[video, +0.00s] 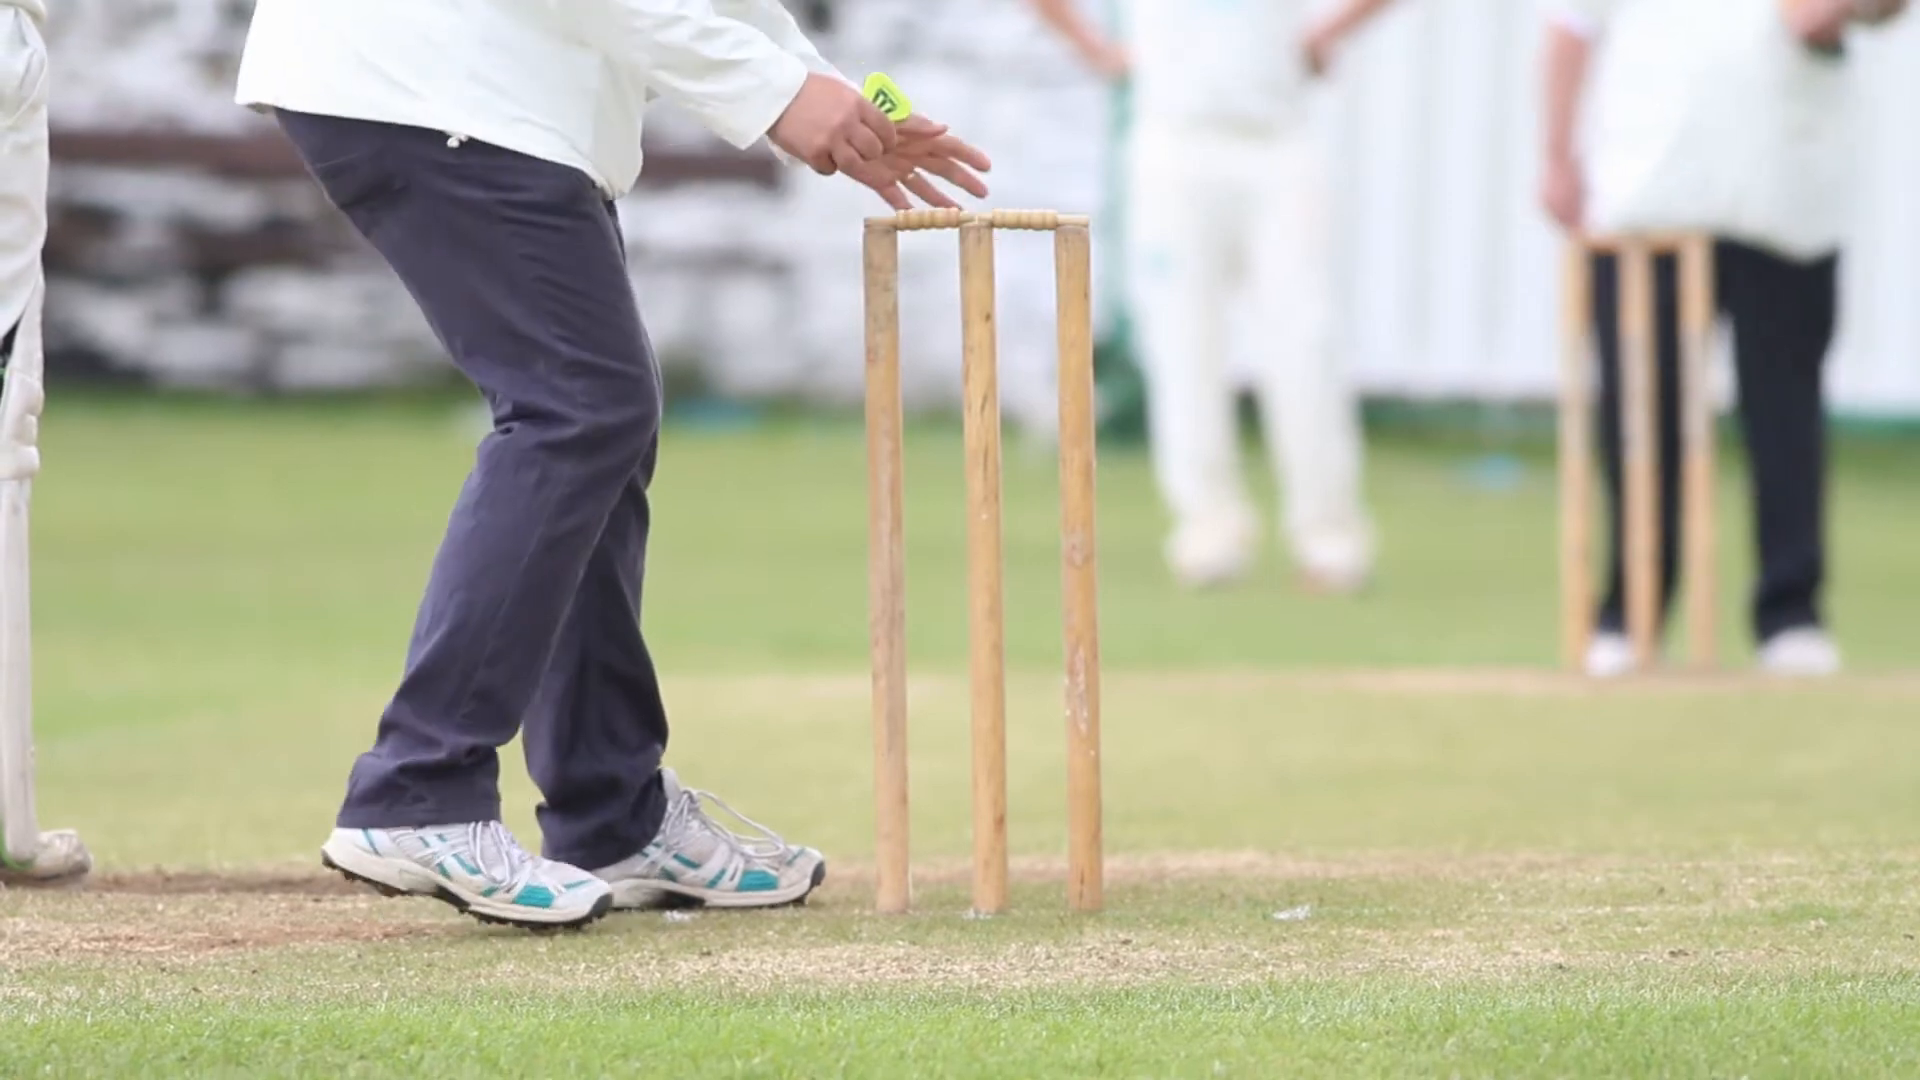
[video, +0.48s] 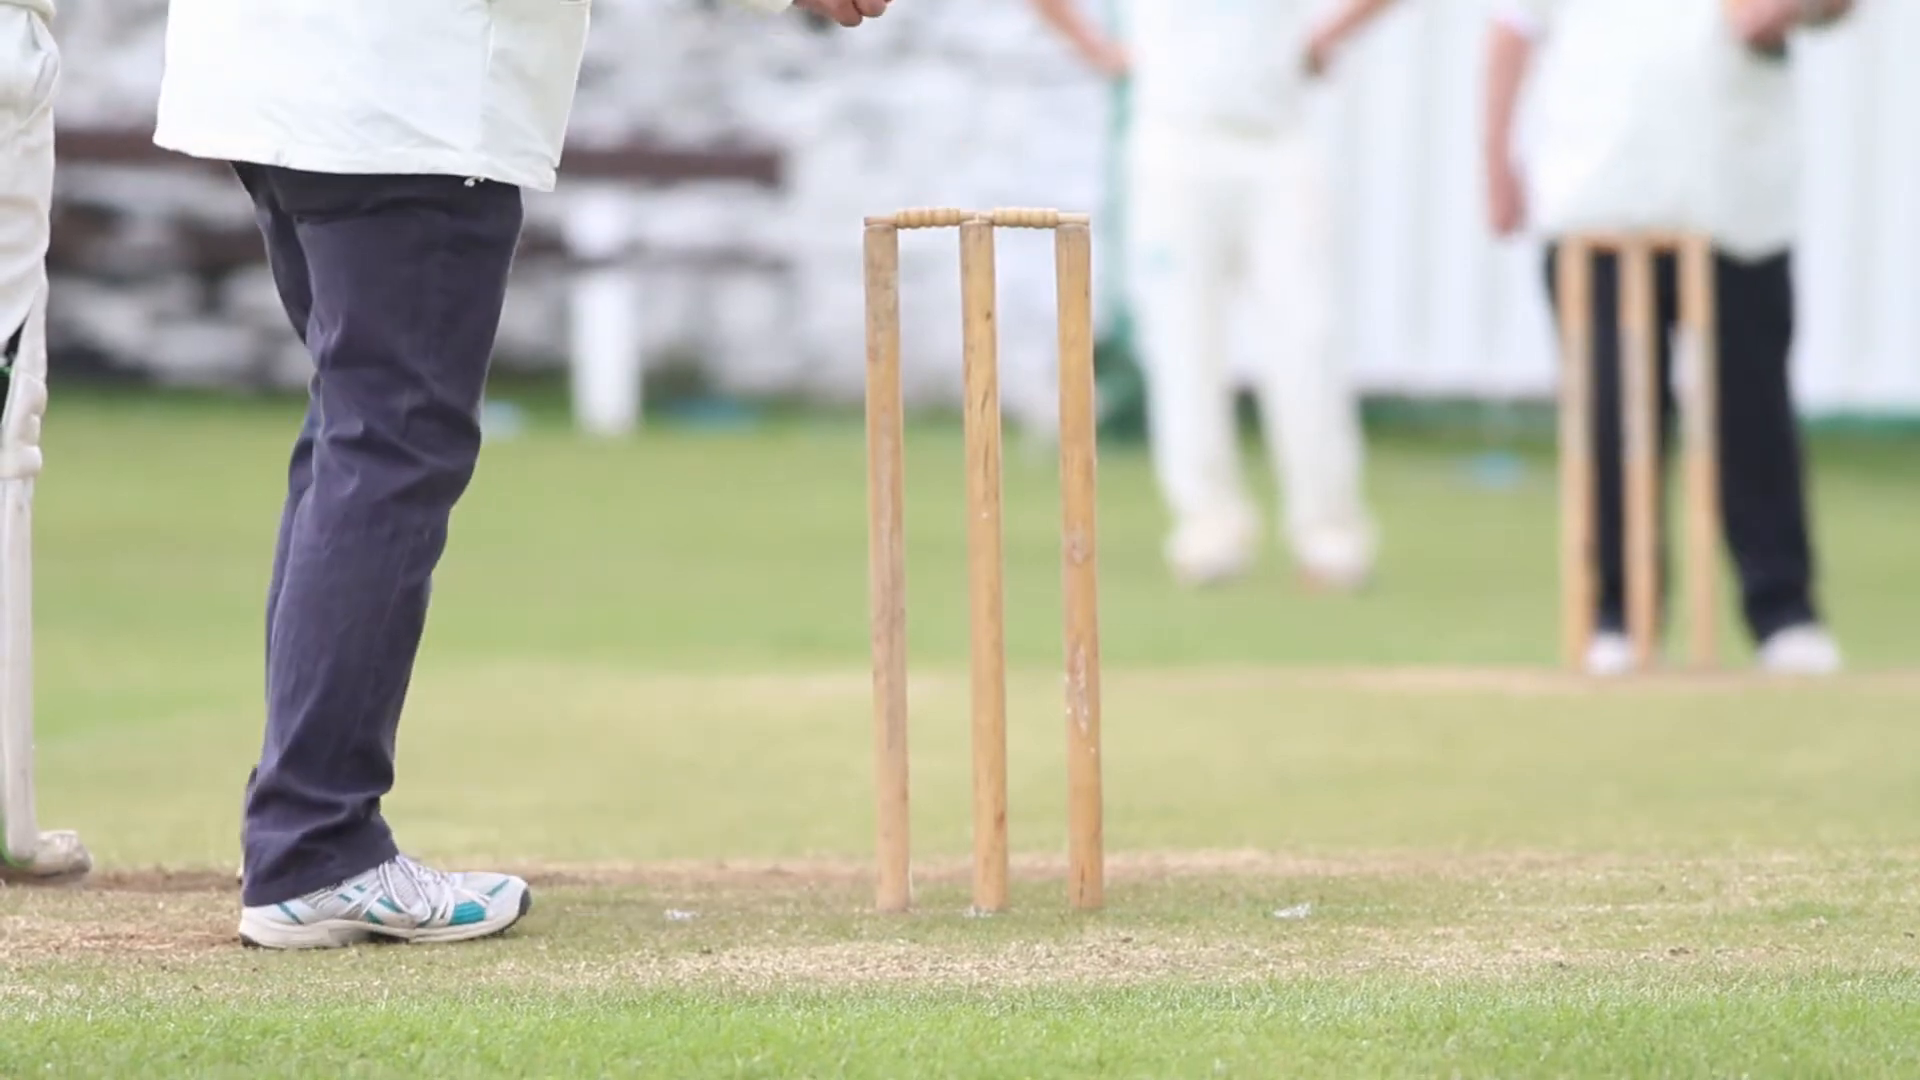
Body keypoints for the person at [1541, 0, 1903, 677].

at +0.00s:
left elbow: (1893, 6)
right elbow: (1571, 21)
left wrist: (1845, 10)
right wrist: (1559, 156)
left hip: (1791, 186)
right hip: (1644, 180)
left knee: (1785, 419)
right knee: (1637, 417)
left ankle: (1792, 621)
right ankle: (1626, 619)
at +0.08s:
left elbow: (1882, 6)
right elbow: (1558, 20)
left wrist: (1832, 9)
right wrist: (1545, 155)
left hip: (1777, 182)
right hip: (1632, 176)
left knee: (1777, 416)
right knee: (1629, 417)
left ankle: (1790, 620)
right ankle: (1624, 621)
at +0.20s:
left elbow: (1862, 7)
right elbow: (1541, 20)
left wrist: (1813, 8)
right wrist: (1524, 158)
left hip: (1759, 189)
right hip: (1619, 186)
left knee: (1765, 418)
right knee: (1624, 422)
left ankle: (1787, 619)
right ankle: (1619, 623)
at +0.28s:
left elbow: (1854, 7)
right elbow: (1530, 22)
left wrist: (1804, 8)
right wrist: (1513, 160)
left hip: (1751, 193)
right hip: (1610, 192)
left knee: (1759, 421)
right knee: (1619, 427)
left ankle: (1786, 620)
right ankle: (1617, 624)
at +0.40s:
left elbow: (1846, 6)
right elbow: (1520, 22)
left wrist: (1794, 10)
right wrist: (1502, 159)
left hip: (1743, 191)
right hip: (1601, 189)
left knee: (1755, 419)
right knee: (1615, 425)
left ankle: (1787, 620)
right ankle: (1614, 624)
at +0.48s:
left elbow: (1841, 6)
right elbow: (1513, 23)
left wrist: (1790, 10)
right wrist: (1498, 160)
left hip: (1740, 192)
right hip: (1598, 191)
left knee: (1755, 419)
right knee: (1614, 425)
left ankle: (1787, 621)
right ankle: (1615, 624)